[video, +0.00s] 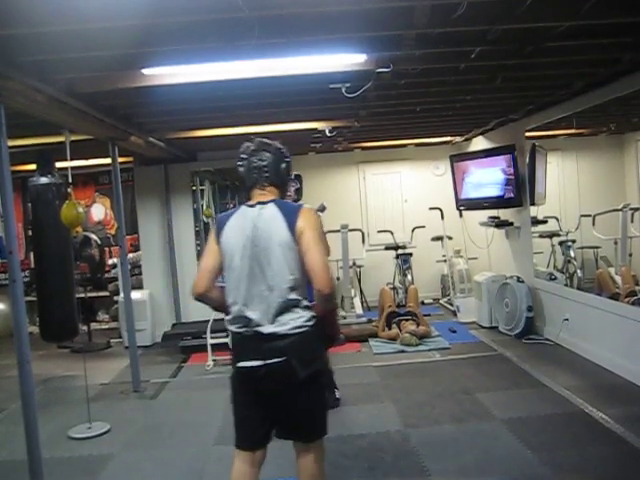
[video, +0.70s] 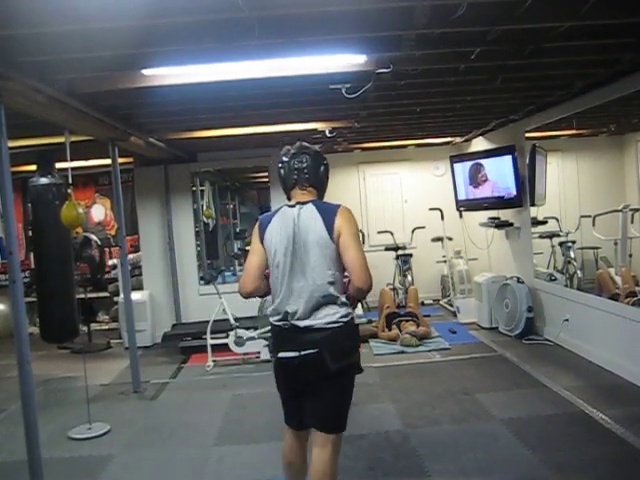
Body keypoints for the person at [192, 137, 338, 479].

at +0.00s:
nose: (289, 178)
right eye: (287, 172)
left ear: (245, 178)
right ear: (283, 176)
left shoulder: (223, 224)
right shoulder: (301, 215)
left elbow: (201, 289)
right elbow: (324, 286)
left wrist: (238, 307)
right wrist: (322, 317)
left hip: (248, 359)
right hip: (297, 355)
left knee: (247, 454)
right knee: (308, 451)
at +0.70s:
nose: (320, 179)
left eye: (289, 174)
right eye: (322, 173)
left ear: (284, 180)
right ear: (322, 178)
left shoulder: (264, 224)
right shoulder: (338, 215)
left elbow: (248, 288)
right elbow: (361, 282)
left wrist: (278, 280)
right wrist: (349, 295)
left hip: (286, 348)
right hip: (332, 345)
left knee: (294, 431)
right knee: (324, 443)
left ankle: (294, 476)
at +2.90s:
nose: (318, 182)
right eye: (317, 177)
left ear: (279, 185)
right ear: (313, 180)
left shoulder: (264, 226)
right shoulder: (327, 214)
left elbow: (264, 280)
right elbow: (361, 268)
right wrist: (352, 239)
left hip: (285, 337)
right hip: (326, 336)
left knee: (301, 421)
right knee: (336, 430)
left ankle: (300, 476)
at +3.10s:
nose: (320, 182)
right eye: (319, 177)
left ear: (280, 184)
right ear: (315, 179)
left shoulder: (265, 226)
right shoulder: (329, 213)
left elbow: (265, 280)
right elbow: (362, 267)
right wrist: (354, 238)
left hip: (286, 337)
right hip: (328, 336)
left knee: (301, 423)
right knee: (336, 431)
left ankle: (300, 476)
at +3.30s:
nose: (324, 182)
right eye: (322, 177)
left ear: (284, 184)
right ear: (319, 179)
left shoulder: (268, 225)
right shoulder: (334, 213)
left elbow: (267, 281)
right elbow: (368, 267)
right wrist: (345, 232)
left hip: (290, 339)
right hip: (334, 338)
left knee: (303, 424)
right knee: (337, 433)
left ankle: (301, 477)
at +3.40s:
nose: (325, 185)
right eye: (324, 179)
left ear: (284, 186)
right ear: (321, 181)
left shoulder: (270, 226)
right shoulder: (337, 214)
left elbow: (267, 281)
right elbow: (370, 269)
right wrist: (347, 240)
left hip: (291, 340)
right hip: (335, 338)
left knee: (304, 423)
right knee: (337, 431)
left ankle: (301, 476)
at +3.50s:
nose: (326, 186)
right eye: (324, 181)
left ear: (286, 186)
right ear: (321, 182)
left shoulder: (270, 227)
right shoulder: (336, 213)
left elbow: (263, 280)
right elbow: (370, 268)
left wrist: (292, 254)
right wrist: (347, 240)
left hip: (290, 340)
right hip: (333, 338)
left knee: (303, 423)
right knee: (336, 432)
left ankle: (301, 476)